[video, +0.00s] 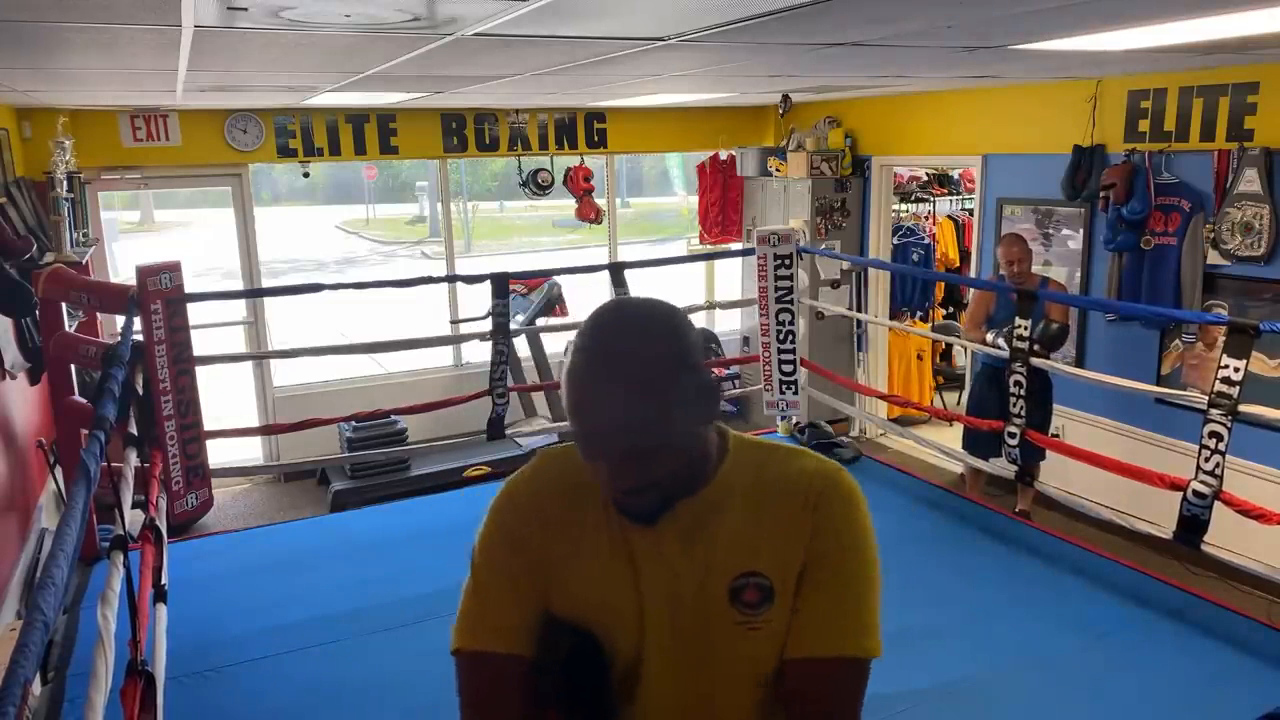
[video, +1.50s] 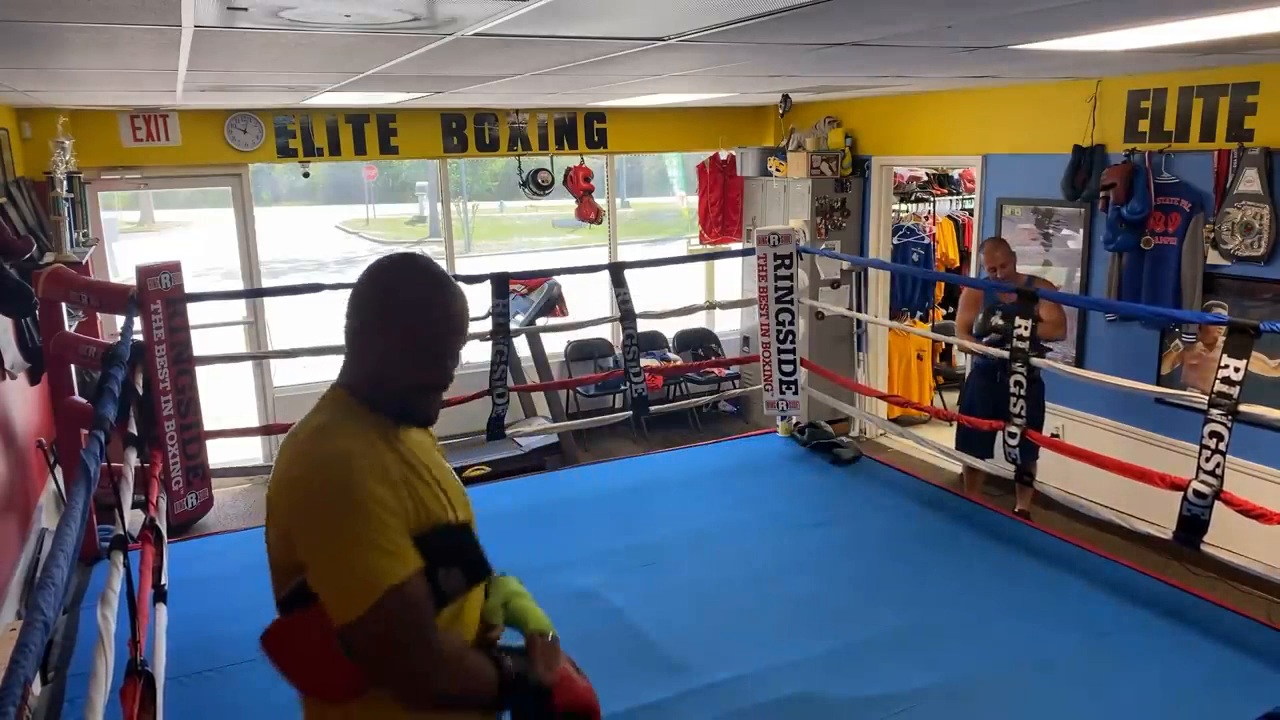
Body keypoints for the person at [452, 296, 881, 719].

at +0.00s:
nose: (617, 482)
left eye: (643, 453)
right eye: (594, 453)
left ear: (709, 404)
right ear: (572, 425)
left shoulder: (816, 501)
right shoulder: (529, 503)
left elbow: (822, 704)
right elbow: (490, 701)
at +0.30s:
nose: (472, 511)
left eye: (503, 482)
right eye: (451, 480)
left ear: (574, 437)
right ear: (432, 453)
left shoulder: (678, 488)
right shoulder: (390, 564)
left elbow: (745, 685)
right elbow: (368, 709)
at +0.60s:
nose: (368, 575)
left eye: (400, 552)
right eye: (335, 547)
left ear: (461, 466)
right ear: (296, 482)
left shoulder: (538, 469)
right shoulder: (273, 630)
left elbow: (620, 646)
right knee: (419, 708)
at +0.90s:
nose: (378, 525)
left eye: (410, 493)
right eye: (346, 490)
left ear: (453, 434)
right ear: (302, 428)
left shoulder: (487, 460)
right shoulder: (262, 604)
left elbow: (536, 607)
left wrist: (537, 708)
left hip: (504, 699)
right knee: (402, 696)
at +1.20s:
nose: (415, 432)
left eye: (436, 407)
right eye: (389, 411)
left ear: (455, 384)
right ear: (330, 379)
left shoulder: (450, 443)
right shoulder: (298, 522)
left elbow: (494, 559)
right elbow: (342, 706)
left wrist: (522, 667)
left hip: (479, 694)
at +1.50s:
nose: (450, 377)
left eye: (455, 357)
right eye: (437, 357)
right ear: (381, 345)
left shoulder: (393, 429)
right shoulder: (335, 462)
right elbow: (414, 667)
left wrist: (481, 601)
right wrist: (523, 674)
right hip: (388, 706)